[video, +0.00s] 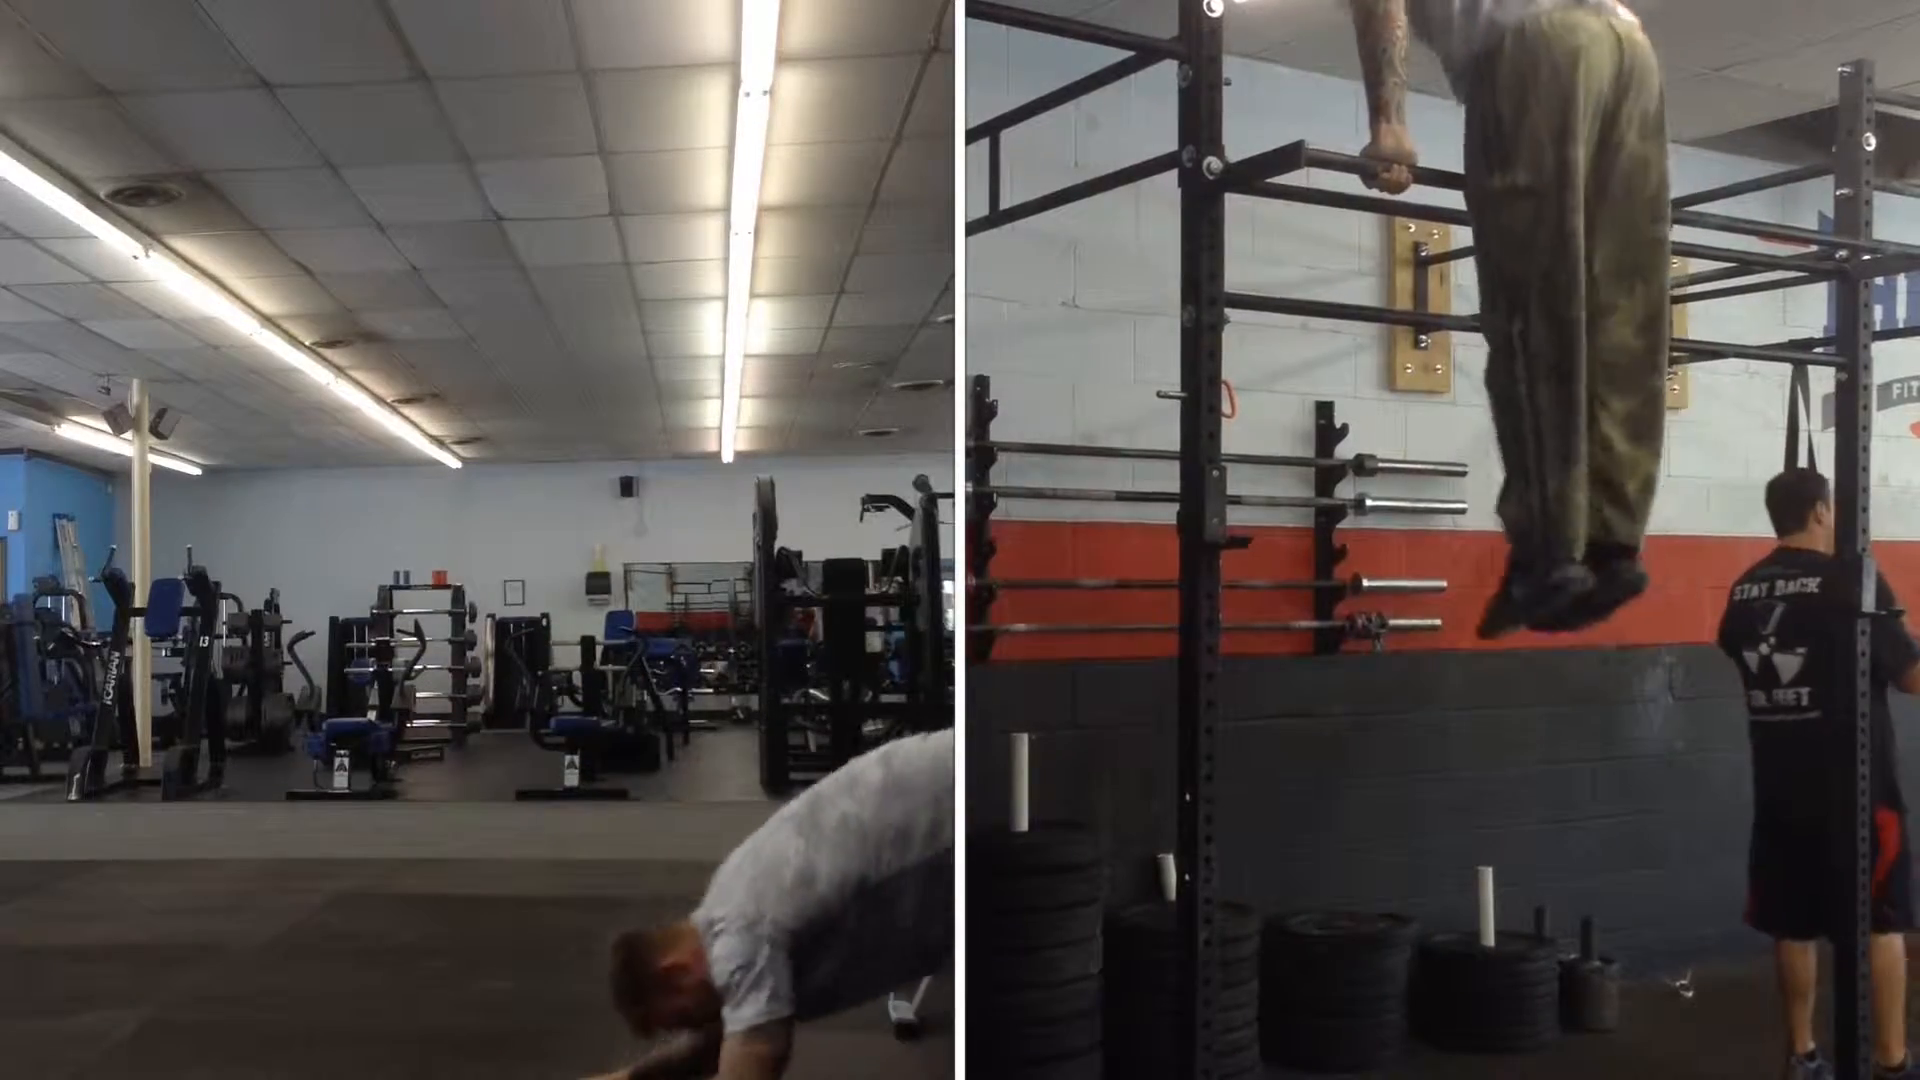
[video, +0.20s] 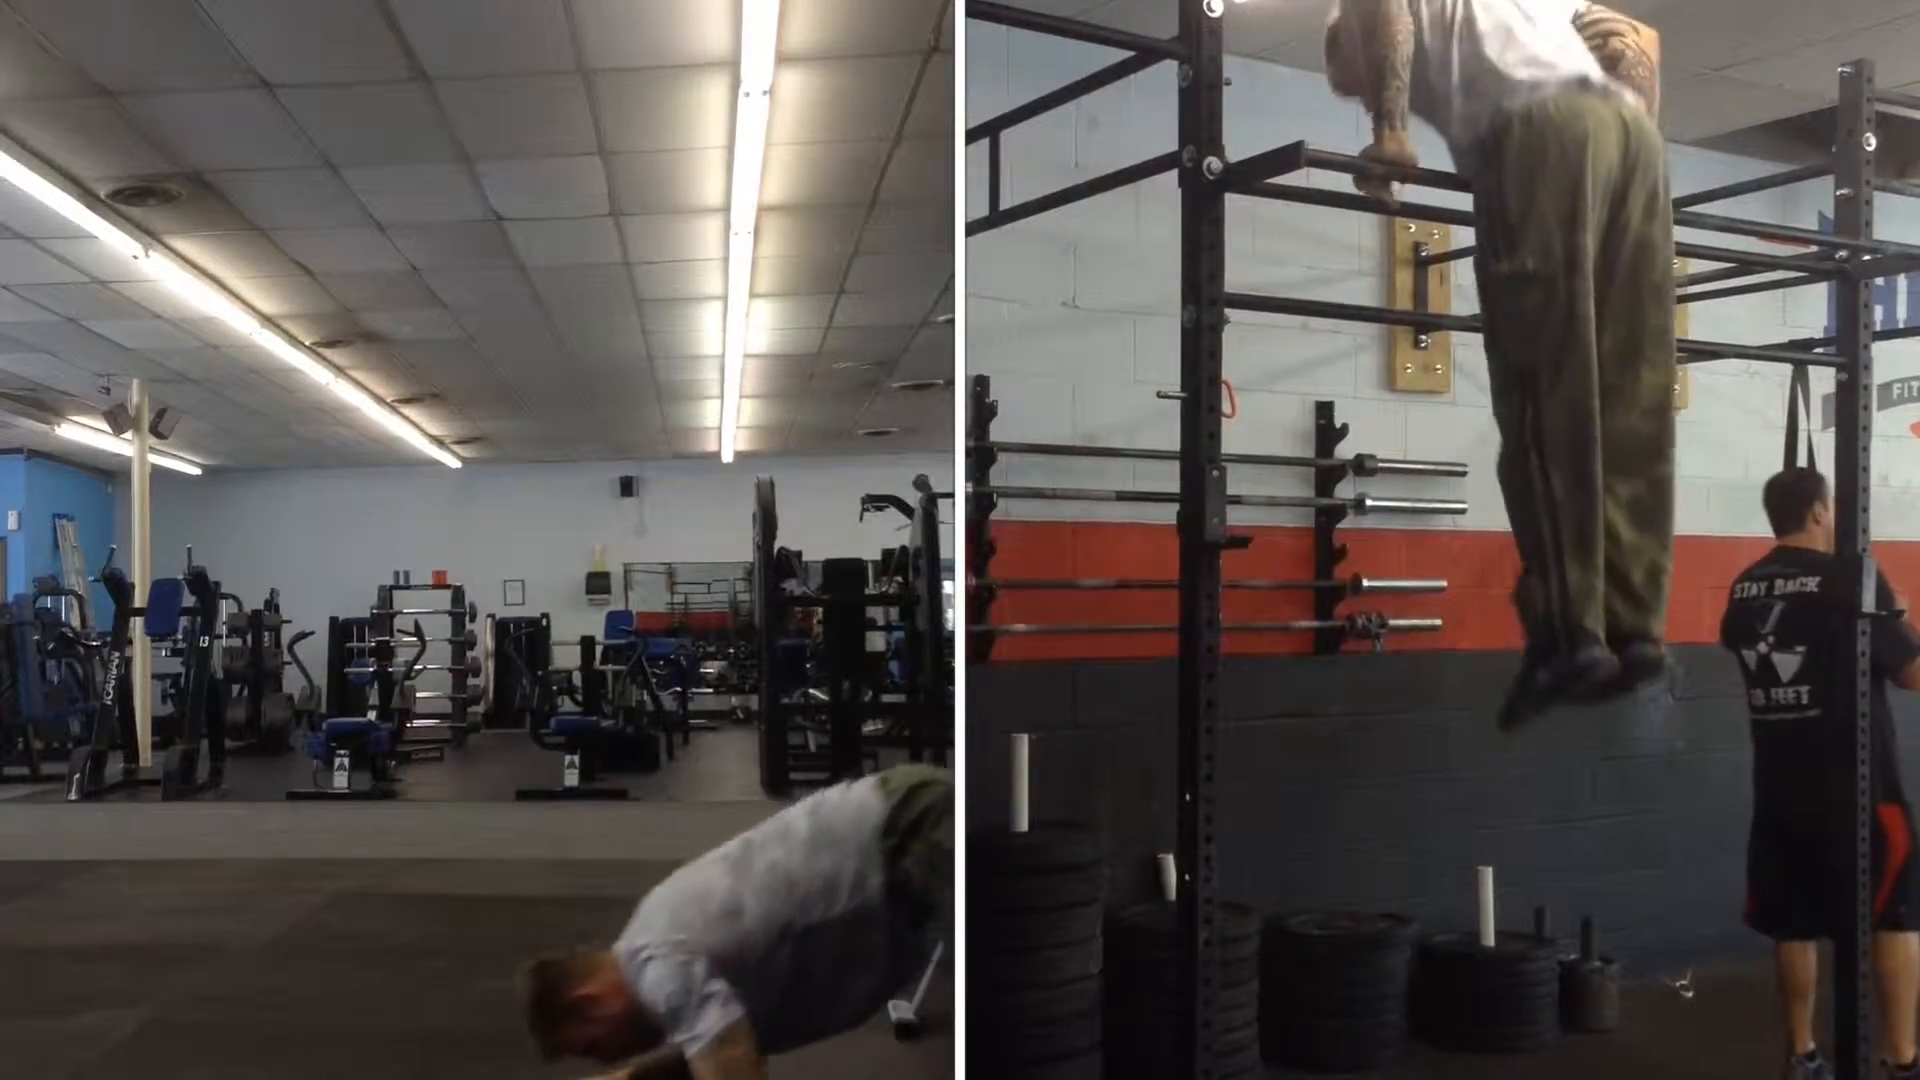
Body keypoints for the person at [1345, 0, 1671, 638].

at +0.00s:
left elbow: (1381, 5)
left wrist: (1387, 118)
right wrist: (1610, 9)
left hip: (1536, 38)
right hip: (1628, 37)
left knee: (1531, 315)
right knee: (1626, 307)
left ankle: (1543, 557)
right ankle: (1614, 552)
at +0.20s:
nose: (1358, 87)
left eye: (1351, 70)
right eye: (1354, 82)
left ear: (1358, 25)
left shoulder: (1375, 17)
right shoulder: (1542, 15)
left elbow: (1385, 5)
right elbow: (1628, 53)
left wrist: (1390, 123)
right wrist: (1644, 91)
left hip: (1543, 123)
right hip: (1634, 127)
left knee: (1547, 383)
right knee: (1640, 383)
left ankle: (1567, 638)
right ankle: (1638, 633)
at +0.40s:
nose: (1362, 126)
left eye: (1355, 109)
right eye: (1357, 115)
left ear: (1361, 73)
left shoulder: (1384, 38)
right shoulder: (1528, 22)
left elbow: (1399, 4)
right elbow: (1639, 43)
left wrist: (1396, 135)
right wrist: (1636, 165)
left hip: (1548, 169)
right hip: (1638, 173)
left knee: (1554, 427)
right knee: (1651, 425)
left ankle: (1590, 679)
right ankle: (1665, 670)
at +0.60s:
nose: (1404, 53)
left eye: (1400, 33)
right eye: (1403, 45)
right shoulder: (1594, 7)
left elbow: (1447, 16)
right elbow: (1691, 44)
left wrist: (1401, 139)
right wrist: (1651, 140)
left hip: (1581, 161)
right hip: (1677, 168)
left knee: (1564, 419)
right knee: (1639, 428)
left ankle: (1585, 677)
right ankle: (1700, 639)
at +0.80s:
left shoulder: (1575, 7)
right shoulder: (1736, 15)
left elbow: (1501, 146)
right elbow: (1770, 167)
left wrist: (1409, 158)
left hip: (1666, 268)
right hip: (1761, 272)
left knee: (1543, 491)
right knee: (1638, 476)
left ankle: (1608, 727)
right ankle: (1723, 648)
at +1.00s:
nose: (1631, 154)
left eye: (1632, 141)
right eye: (1641, 143)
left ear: (1638, 140)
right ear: (1718, 141)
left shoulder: (1618, 211)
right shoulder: (1783, 222)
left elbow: (1473, 268)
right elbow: (1775, 316)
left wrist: (1418, 187)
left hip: (1656, 532)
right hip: (1754, 543)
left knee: (1501, 681)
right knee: (1609, 634)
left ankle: (1586, 896)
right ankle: (1666, 808)